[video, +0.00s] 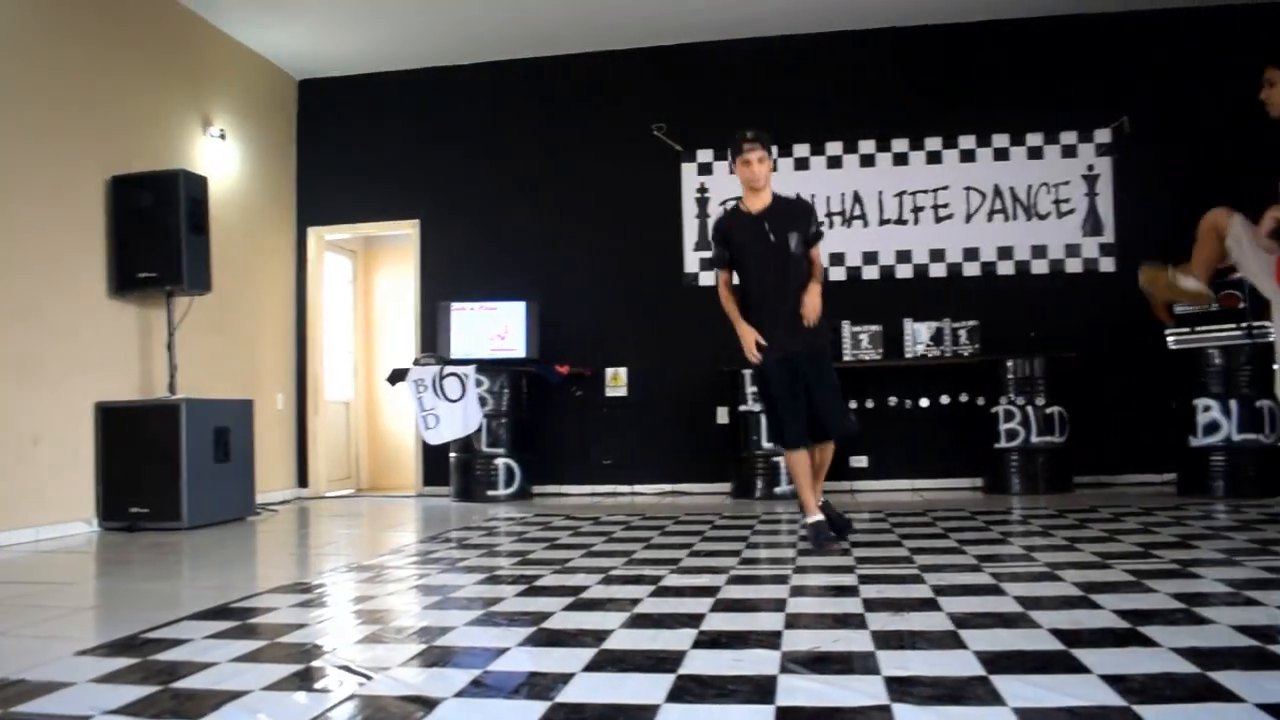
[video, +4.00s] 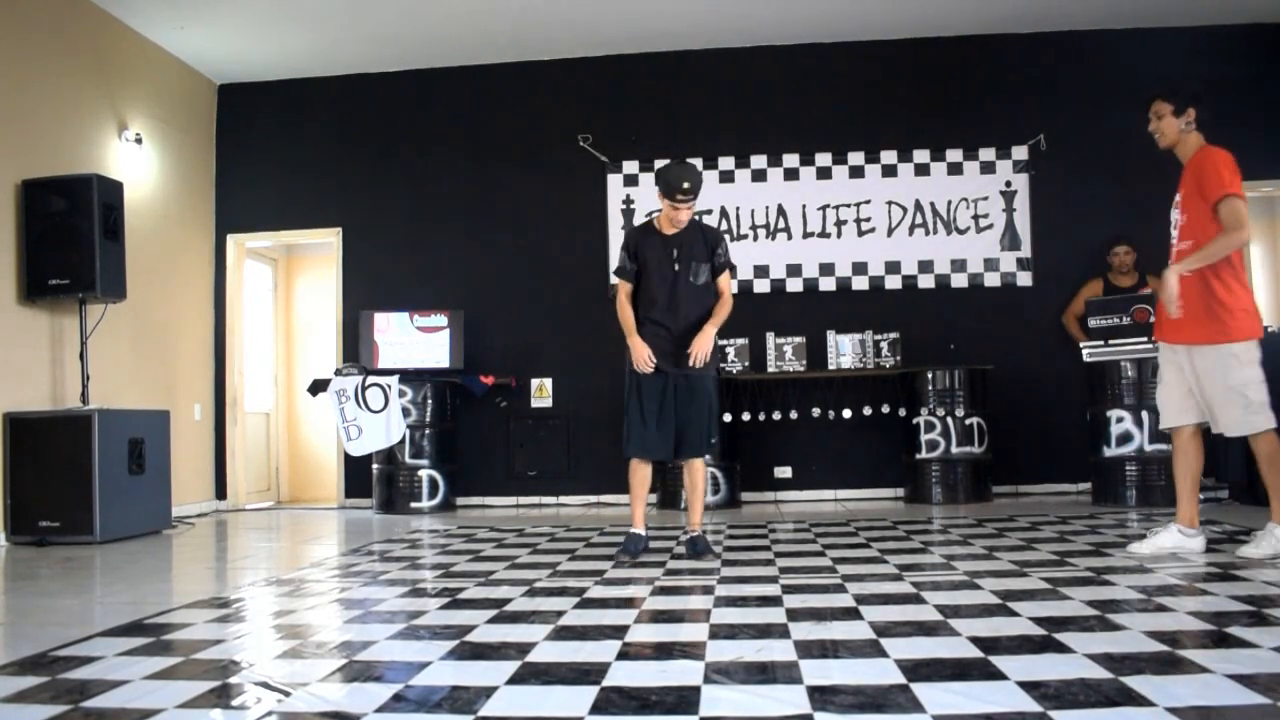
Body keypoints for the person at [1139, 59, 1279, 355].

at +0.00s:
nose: (1264, 94)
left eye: (1271, 85)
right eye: (1265, 85)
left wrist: (1274, 214)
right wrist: (1273, 214)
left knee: (1218, 220)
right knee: (1217, 220)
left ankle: (1193, 281)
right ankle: (1195, 283)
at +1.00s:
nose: (1142, 127)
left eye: (1150, 118)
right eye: (1141, 120)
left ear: (1179, 122)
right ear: (1154, 128)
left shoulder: (1208, 159)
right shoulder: (1162, 187)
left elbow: (1271, 194)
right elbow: (1170, 257)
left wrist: (1218, 228)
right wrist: (1093, 288)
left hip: (1209, 286)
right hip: (1185, 301)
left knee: (1113, 250)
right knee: (1170, 414)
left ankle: (1112, 360)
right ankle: (1210, 524)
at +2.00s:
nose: (1174, 124)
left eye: (1181, 114)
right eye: (1172, 115)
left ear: (1210, 114)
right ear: (1197, 118)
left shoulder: (1250, 155)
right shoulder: (1203, 176)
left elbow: (1272, 219)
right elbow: (1217, 249)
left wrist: (1200, 209)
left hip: (1222, 312)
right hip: (1181, 291)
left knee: (1208, 421)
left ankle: (1245, 532)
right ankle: (1110, 398)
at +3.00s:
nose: (1136, 131)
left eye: (1142, 122)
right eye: (1137, 123)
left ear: (1167, 126)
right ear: (1166, 127)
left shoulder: (1170, 166)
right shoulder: (1184, 169)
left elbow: (1153, 241)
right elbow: (1182, 249)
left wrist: (1124, 230)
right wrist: (1144, 248)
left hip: (1175, 310)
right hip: (1194, 315)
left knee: (1114, 399)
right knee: (1157, 425)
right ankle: (1184, 528)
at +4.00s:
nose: (1151, 127)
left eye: (1159, 118)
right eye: (1150, 120)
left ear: (1188, 118)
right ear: (1175, 123)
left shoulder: (1212, 161)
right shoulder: (1188, 173)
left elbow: (1238, 230)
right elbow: (1203, 244)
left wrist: (1177, 268)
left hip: (1223, 327)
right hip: (1181, 327)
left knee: (1257, 425)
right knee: (1182, 423)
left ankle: (1278, 523)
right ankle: (1186, 528)